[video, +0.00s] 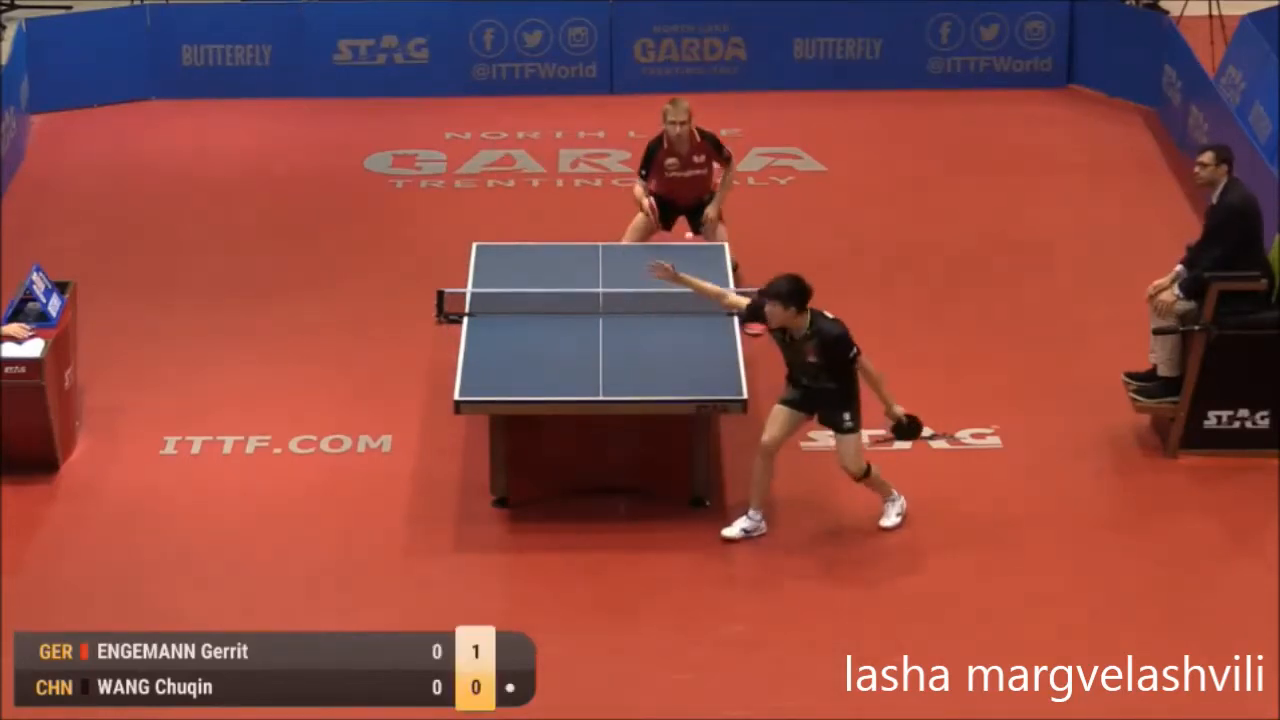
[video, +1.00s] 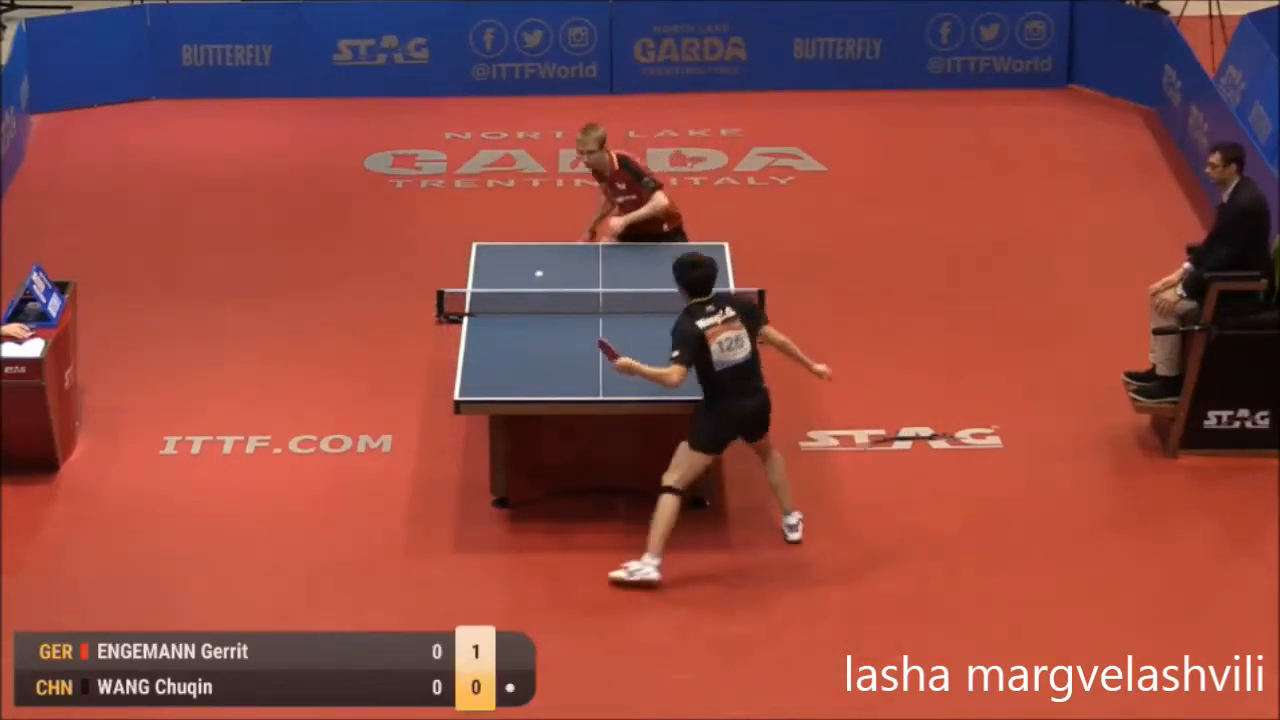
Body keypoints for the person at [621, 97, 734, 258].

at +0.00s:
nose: (678, 130)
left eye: (683, 124)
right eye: (672, 124)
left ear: (690, 122)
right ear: (664, 124)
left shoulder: (707, 141)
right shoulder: (656, 146)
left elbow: (728, 165)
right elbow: (640, 182)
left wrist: (716, 204)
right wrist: (643, 200)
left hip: (700, 202)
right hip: (663, 203)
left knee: (724, 256)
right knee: (625, 249)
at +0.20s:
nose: (659, 125)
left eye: (664, 119)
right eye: (654, 119)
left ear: (671, 119)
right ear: (645, 120)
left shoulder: (688, 137)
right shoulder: (636, 145)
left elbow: (708, 165)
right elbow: (619, 183)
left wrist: (690, 192)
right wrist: (622, 201)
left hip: (684, 200)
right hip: (649, 203)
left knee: (711, 246)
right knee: (625, 246)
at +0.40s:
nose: (640, 137)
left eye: (644, 130)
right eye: (634, 131)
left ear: (651, 129)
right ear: (625, 131)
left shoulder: (669, 146)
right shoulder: (617, 156)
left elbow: (688, 168)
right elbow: (601, 195)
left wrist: (668, 194)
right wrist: (602, 218)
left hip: (669, 208)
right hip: (631, 212)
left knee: (701, 249)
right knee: (614, 254)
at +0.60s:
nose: (627, 145)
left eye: (632, 139)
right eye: (621, 140)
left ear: (639, 136)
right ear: (613, 140)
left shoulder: (658, 150)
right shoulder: (607, 161)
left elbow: (686, 168)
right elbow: (592, 198)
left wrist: (662, 195)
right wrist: (589, 221)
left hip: (664, 209)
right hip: (628, 212)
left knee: (696, 251)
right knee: (609, 255)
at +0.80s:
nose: (619, 152)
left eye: (624, 146)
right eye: (614, 146)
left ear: (635, 140)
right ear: (608, 144)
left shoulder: (660, 157)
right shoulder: (609, 167)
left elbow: (692, 181)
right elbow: (594, 198)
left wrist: (663, 203)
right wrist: (573, 217)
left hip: (671, 216)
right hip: (633, 218)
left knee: (698, 255)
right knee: (607, 251)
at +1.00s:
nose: (585, 159)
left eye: (590, 153)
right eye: (581, 153)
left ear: (604, 149)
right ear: (578, 151)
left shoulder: (627, 164)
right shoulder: (597, 172)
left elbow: (662, 202)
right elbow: (610, 199)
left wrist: (624, 221)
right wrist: (593, 227)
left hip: (665, 232)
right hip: (634, 232)